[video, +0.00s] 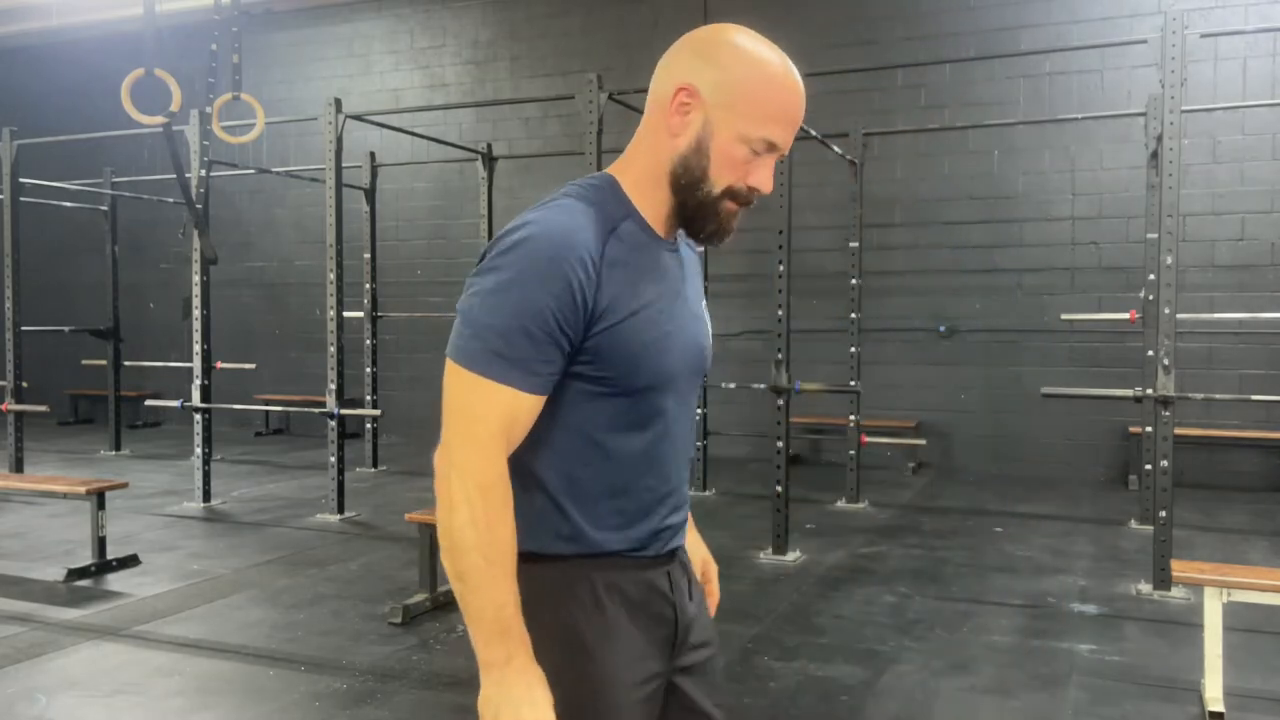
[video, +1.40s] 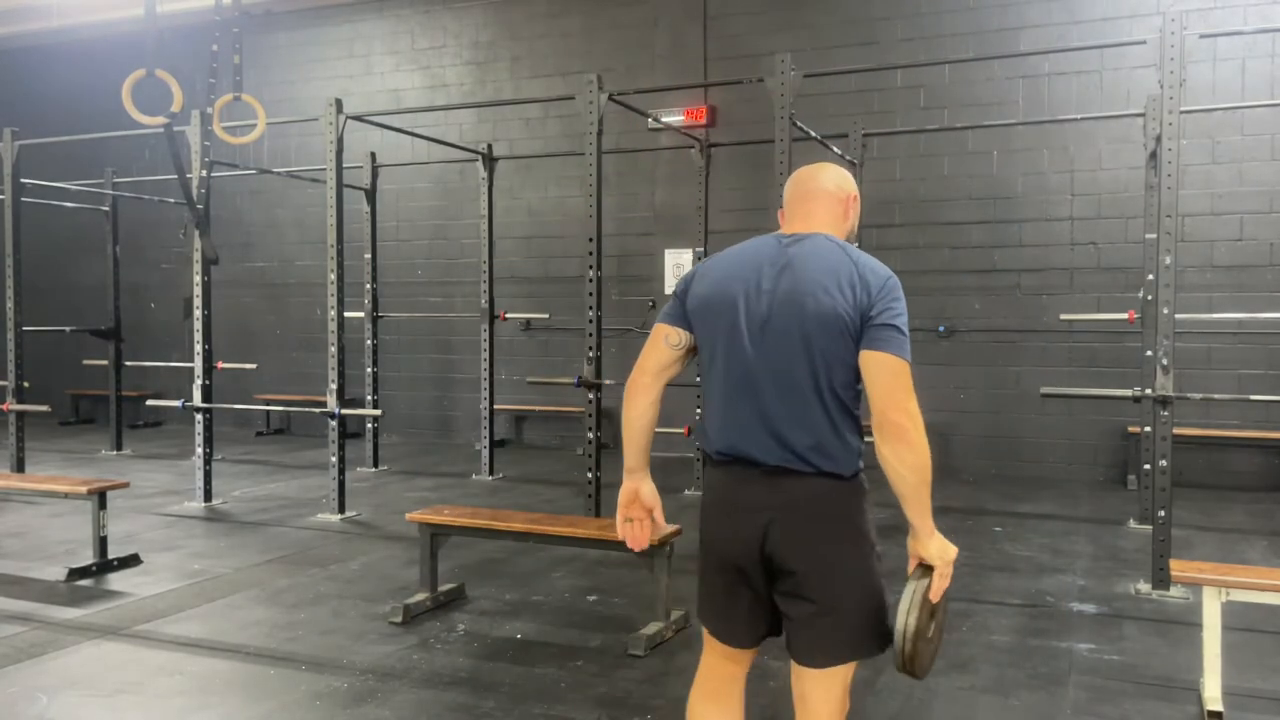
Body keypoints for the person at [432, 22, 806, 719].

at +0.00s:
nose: (764, 184)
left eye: (776, 159)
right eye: (756, 149)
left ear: (682, 116)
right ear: (681, 112)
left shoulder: (678, 243)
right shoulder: (554, 247)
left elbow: (637, 421)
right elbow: (466, 461)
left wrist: (682, 531)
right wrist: (505, 668)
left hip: (671, 587)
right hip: (572, 599)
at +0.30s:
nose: (755, 199)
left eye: (762, 179)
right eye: (755, 172)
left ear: (704, 145)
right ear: (704, 141)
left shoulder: (644, 248)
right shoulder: (612, 244)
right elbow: (533, 428)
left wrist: (653, 583)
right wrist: (576, 621)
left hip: (632, 573)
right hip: (597, 580)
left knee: (629, 709)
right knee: (596, 713)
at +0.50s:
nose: (734, 206)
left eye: (740, 187)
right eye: (737, 181)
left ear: (668, 155)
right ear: (702, 154)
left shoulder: (584, 250)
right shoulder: (642, 249)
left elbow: (569, 423)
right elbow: (587, 415)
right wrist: (634, 589)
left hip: (578, 549)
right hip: (622, 555)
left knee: (611, 702)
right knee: (650, 705)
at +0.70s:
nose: (727, 198)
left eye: (730, 180)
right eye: (730, 177)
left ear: (640, 169)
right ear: (706, 164)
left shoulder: (570, 261)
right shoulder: (677, 251)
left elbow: (573, 408)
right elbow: (655, 406)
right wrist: (704, 574)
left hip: (567, 537)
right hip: (645, 548)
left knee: (592, 708)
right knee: (728, 704)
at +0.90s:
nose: (741, 198)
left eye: (739, 186)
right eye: (740, 185)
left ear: (656, 192)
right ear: (728, 183)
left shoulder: (586, 276)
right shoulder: (732, 265)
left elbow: (556, 416)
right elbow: (734, 417)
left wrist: (622, 481)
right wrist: (778, 566)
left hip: (600, 538)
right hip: (697, 548)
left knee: (604, 711)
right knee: (731, 704)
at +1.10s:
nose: (784, 216)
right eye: (786, 208)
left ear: (705, 213)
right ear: (780, 208)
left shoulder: (637, 284)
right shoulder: (795, 283)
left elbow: (578, 408)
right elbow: (809, 422)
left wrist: (608, 492)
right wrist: (847, 557)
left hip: (651, 536)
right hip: (757, 546)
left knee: (642, 708)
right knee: (790, 707)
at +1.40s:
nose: (856, 222)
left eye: (855, 214)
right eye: (857, 212)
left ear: (782, 215)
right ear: (849, 208)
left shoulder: (711, 273)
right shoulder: (869, 279)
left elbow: (644, 380)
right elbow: (893, 418)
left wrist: (635, 473)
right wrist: (923, 529)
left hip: (728, 506)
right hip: (822, 515)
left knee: (721, 664)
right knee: (821, 695)